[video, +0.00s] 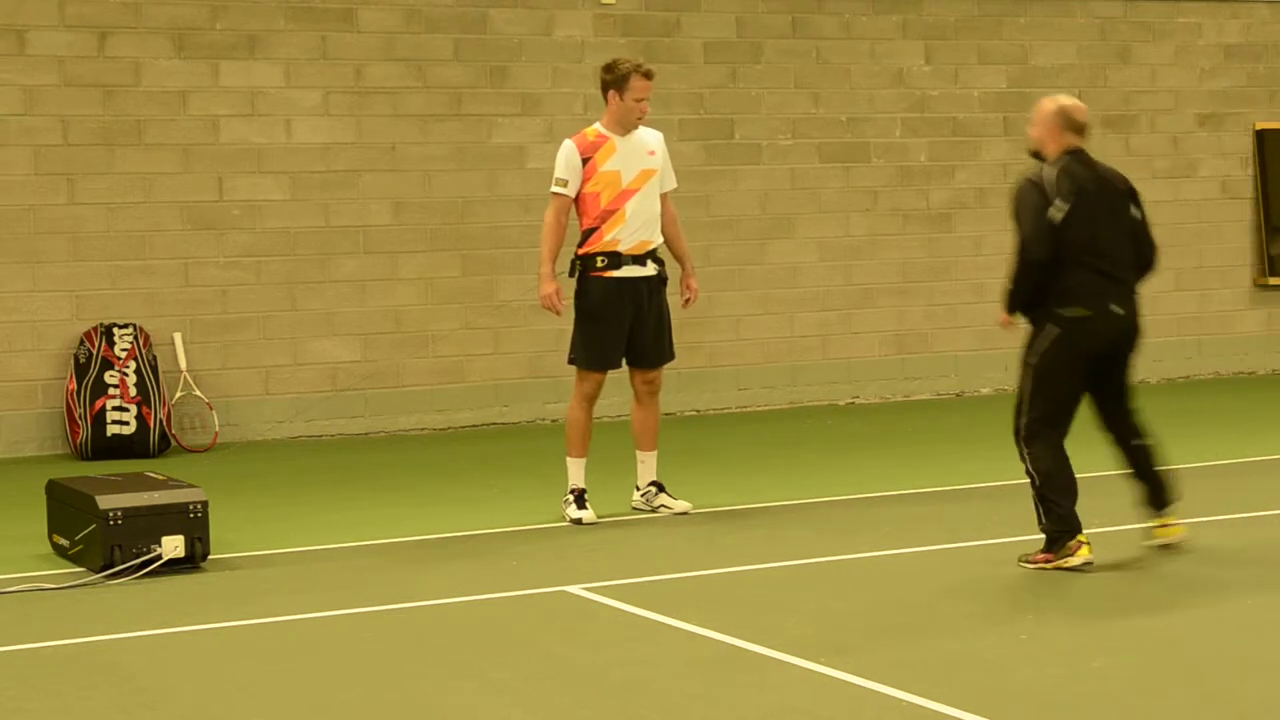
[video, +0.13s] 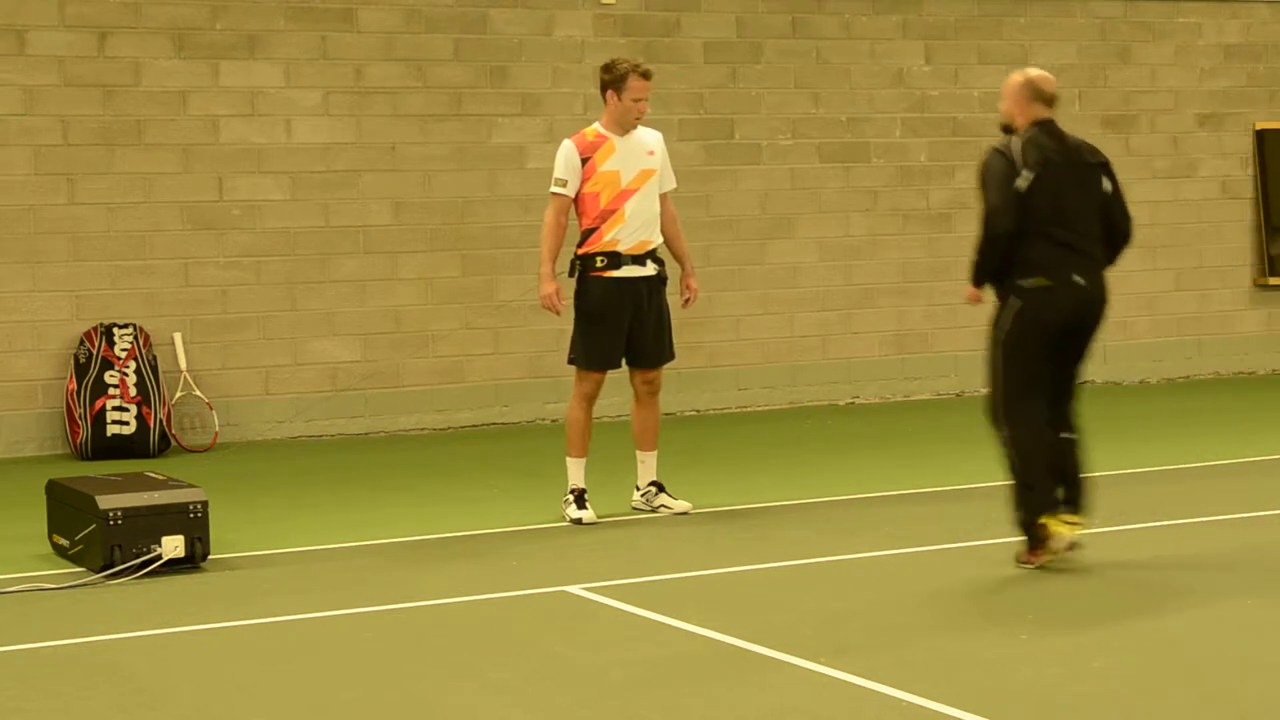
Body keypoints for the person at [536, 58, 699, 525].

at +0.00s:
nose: (646, 108)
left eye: (649, 100)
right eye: (639, 101)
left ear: (645, 100)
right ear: (612, 98)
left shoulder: (653, 142)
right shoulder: (577, 149)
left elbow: (665, 209)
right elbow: (557, 214)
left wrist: (686, 264)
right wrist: (547, 275)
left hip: (649, 280)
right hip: (600, 283)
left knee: (648, 384)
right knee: (588, 388)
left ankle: (647, 487)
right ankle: (576, 492)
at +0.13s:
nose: (644, 108)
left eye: (647, 100)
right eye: (637, 100)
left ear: (645, 100)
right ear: (611, 98)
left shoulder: (653, 142)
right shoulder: (577, 148)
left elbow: (665, 209)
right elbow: (557, 215)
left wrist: (686, 264)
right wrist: (547, 274)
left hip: (649, 280)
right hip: (600, 282)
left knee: (648, 384)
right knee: (587, 388)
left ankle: (647, 487)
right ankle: (576, 492)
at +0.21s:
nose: (643, 109)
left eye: (645, 101)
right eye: (635, 101)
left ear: (645, 100)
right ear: (609, 98)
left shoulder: (652, 142)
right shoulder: (576, 149)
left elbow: (665, 208)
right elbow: (556, 215)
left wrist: (686, 264)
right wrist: (547, 275)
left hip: (649, 280)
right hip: (600, 283)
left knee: (648, 384)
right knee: (586, 389)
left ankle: (648, 487)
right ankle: (576, 492)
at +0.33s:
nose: (641, 109)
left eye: (644, 101)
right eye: (633, 101)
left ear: (644, 99)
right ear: (608, 98)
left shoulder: (652, 141)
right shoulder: (576, 149)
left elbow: (664, 208)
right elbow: (556, 215)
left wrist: (685, 264)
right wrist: (547, 275)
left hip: (648, 280)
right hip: (599, 283)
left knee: (648, 384)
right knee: (586, 389)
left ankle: (648, 487)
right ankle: (576, 493)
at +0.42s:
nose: (639, 109)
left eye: (643, 101)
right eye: (632, 101)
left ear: (644, 100)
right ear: (607, 98)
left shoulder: (653, 142)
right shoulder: (576, 149)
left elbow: (665, 208)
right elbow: (556, 215)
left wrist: (684, 264)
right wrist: (547, 275)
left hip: (648, 280)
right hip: (599, 282)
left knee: (648, 384)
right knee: (586, 388)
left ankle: (647, 487)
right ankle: (576, 492)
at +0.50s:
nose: (638, 110)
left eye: (642, 102)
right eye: (630, 102)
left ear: (644, 100)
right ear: (606, 98)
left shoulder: (653, 142)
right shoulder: (576, 149)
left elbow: (665, 208)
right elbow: (556, 215)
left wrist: (684, 264)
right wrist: (548, 275)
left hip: (648, 280)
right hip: (599, 282)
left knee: (647, 383)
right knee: (586, 388)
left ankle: (647, 487)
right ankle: (576, 492)